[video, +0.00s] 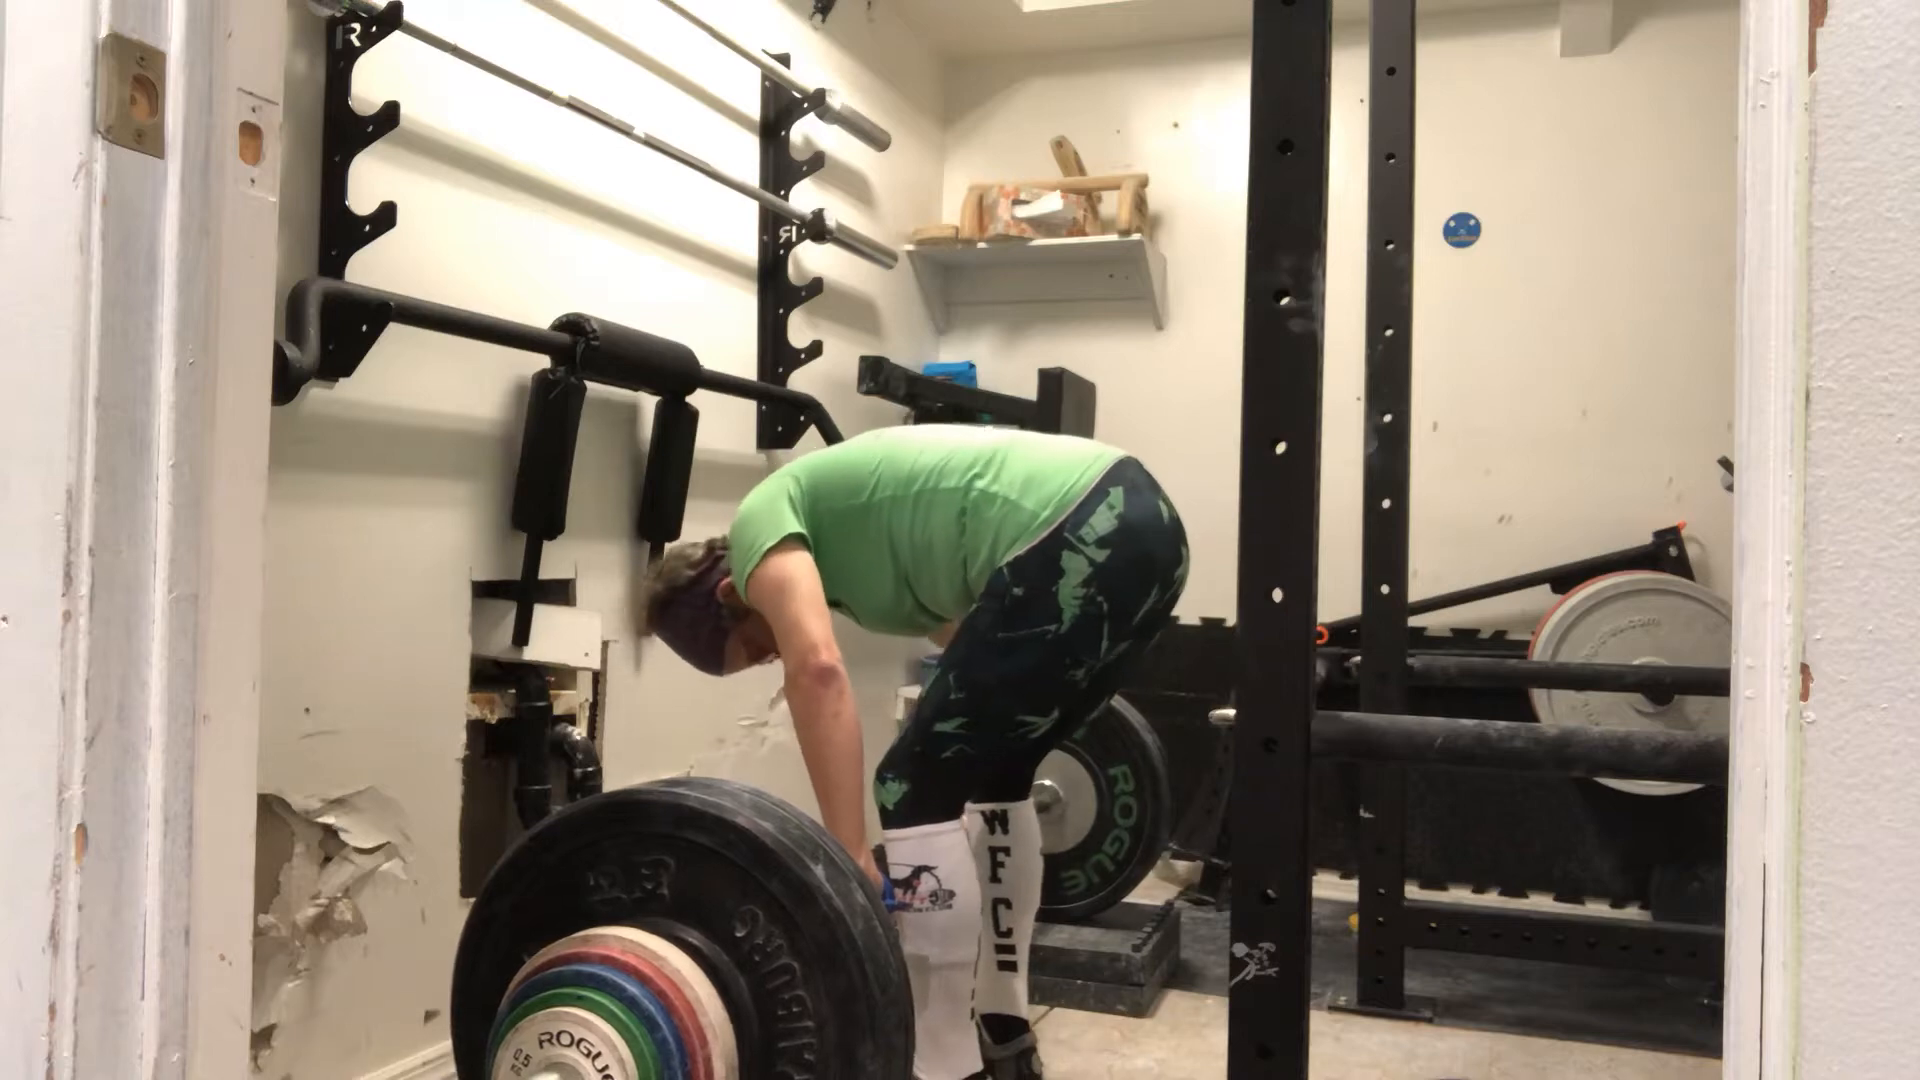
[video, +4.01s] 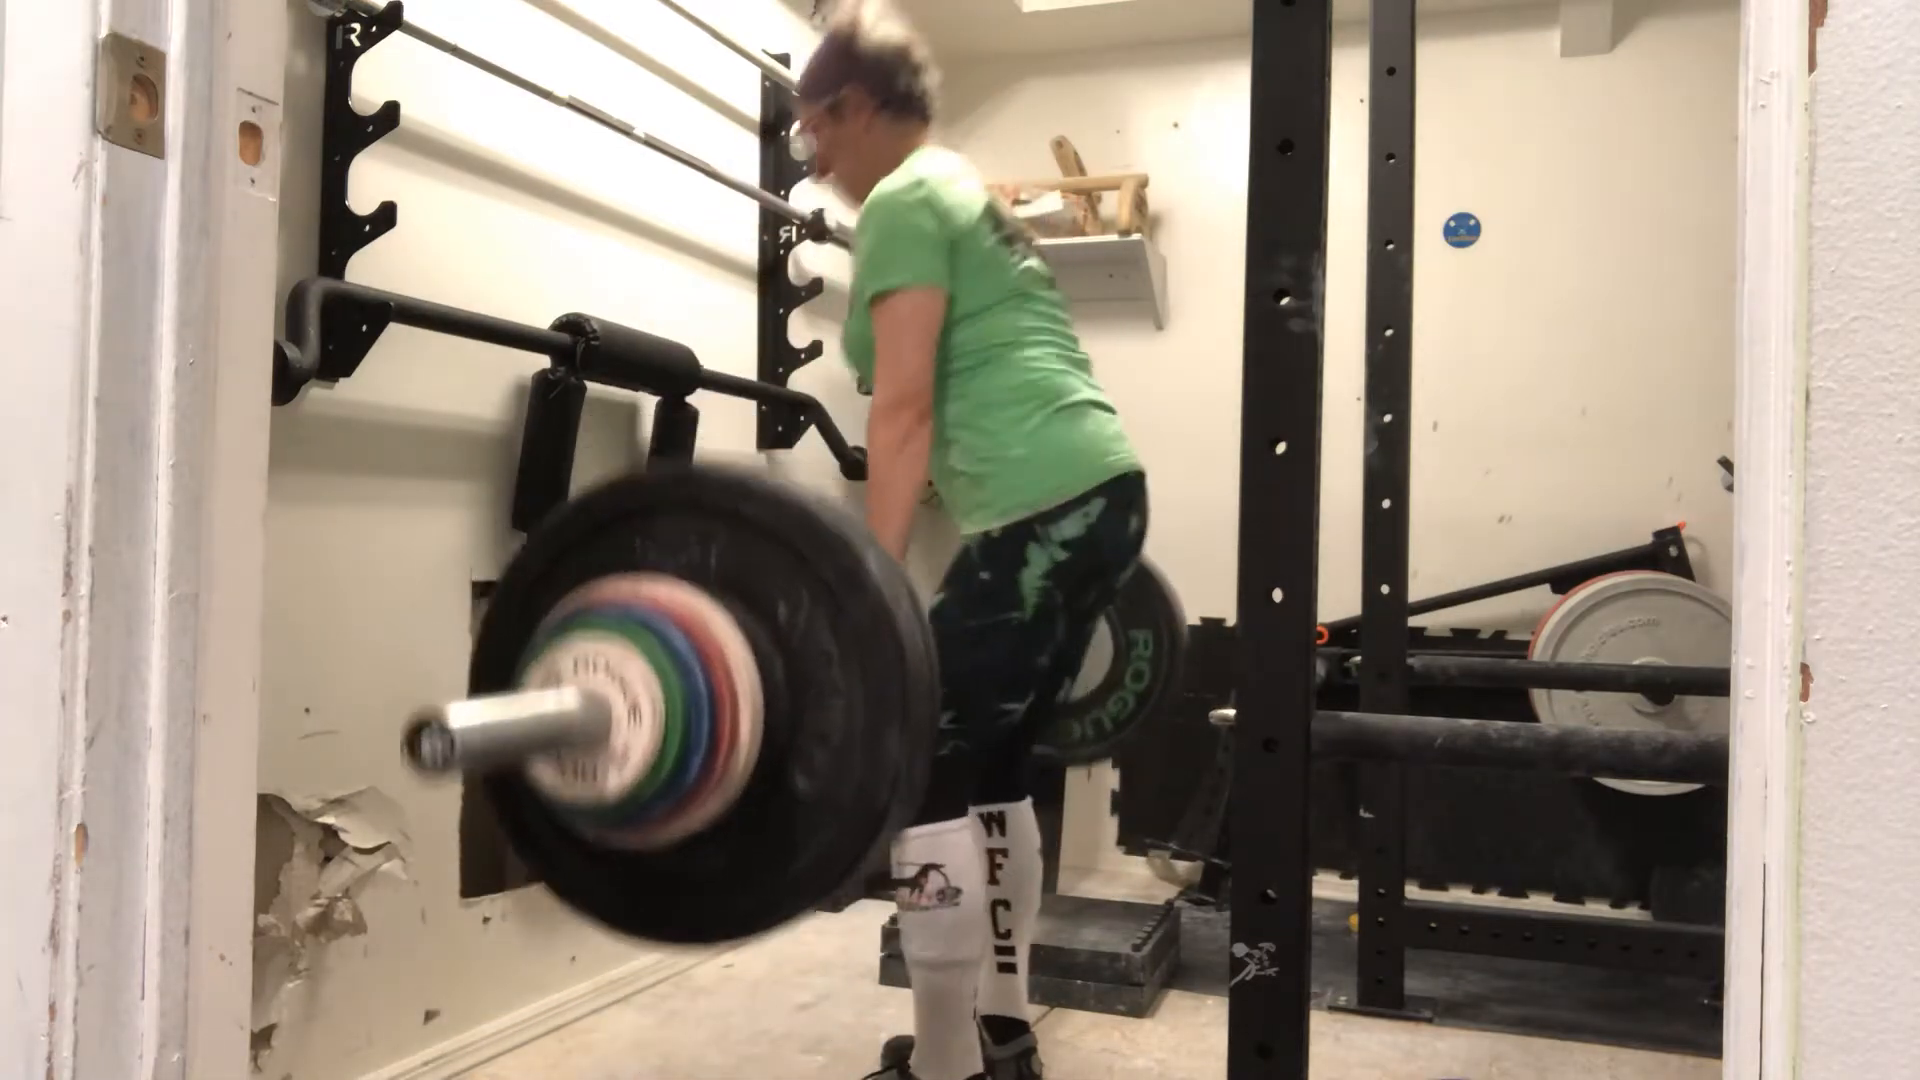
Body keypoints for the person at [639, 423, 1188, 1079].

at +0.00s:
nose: (772, 658)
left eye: (752, 646)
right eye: (755, 661)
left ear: (731, 597)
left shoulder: (764, 522)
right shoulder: (874, 568)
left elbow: (819, 668)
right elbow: (972, 638)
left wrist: (851, 857)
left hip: (1084, 531)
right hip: (1136, 530)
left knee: (908, 790)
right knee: (995, 784)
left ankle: (942, 1050)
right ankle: (1001, 1033)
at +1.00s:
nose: (687, 561)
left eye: (669, 545)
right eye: (669, 564)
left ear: (668, 482)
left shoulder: (732, 480)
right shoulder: (795, 453)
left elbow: (803, 659)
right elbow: (925, 628)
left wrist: (846, 840)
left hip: (1067, 540)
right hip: (1106, 513)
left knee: (910, 797)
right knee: (978, 781)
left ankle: (941, 1058)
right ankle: (998, 1031)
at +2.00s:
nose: (677, 439)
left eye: (672, 418)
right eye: (666, 423)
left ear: (704, 389)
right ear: (754, 372)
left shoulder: (778, 445)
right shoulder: (828, 415)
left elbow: (829, 648)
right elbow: (923, 597)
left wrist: (835, 834)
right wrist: (963, 713)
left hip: (1085, 564)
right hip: (1128, 538)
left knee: (892, 803)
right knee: (976, 788)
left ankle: (943, 1060)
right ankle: (999, 1028)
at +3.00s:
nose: (724, 350)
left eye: (724, 326)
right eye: (715, 332)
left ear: (764, 302)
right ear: (793, 296)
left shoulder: (835, 364)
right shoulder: (892, 347)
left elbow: (859, 581)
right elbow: (954, 563)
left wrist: (854, 764)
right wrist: (975, 704)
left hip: (1097, 553)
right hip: (1152, 526)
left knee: (932, 799)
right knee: (1003, 781)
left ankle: (943, 1063)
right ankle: (1003, 1031)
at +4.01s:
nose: (807, 149)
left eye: (815, 122)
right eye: (804, 127)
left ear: (867, 109)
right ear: (887, 113)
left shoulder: (905, 206)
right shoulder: (953, 192)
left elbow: (902, 418)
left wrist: (869, 590)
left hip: (1039, 511)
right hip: (1090, 493)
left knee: (931, 766)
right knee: (1007, 762)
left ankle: (943, 1058)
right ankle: (1001, 1025)